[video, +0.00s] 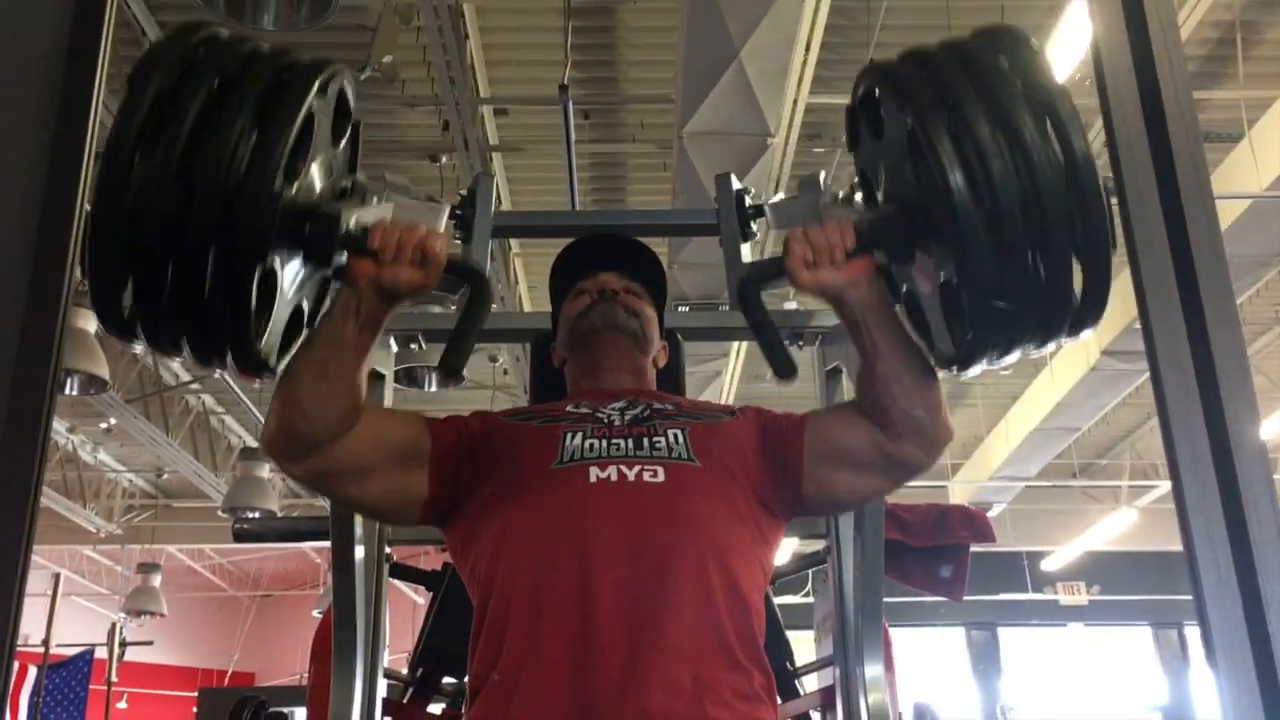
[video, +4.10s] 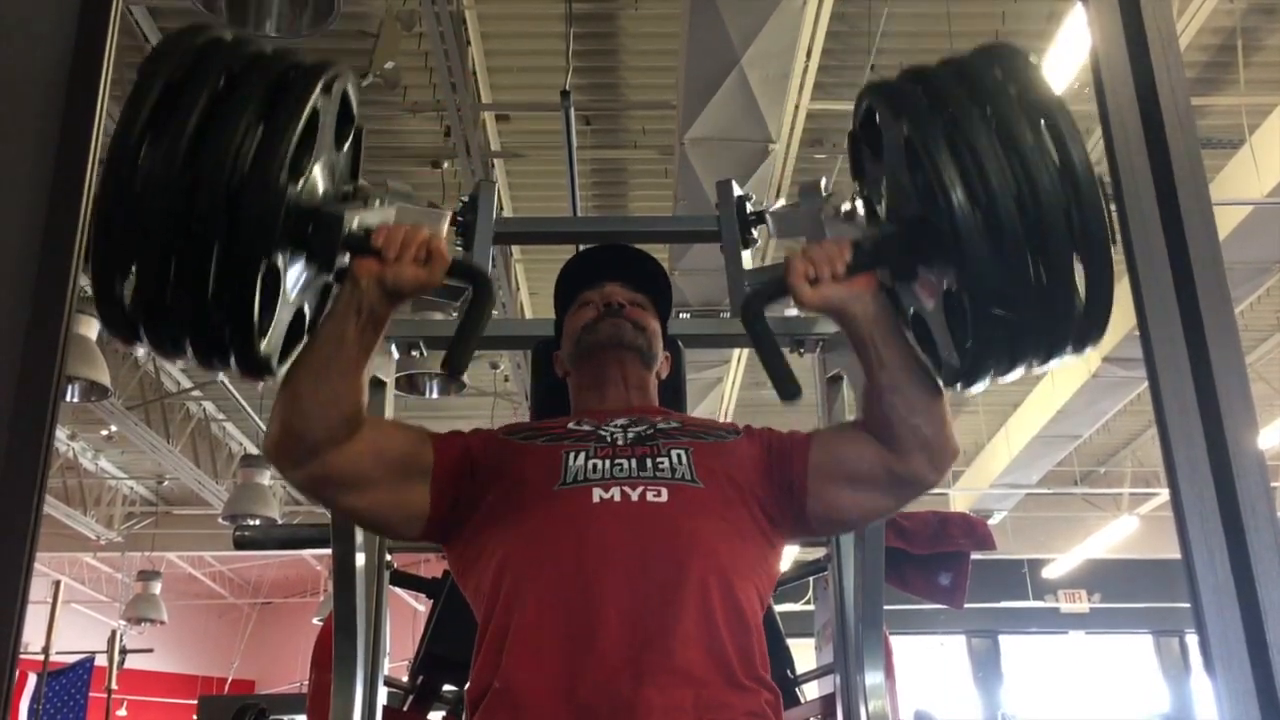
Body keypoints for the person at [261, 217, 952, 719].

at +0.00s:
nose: (608, 295)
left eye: (632, 296)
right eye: (582, 296)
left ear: (665, 351)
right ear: (551, 351)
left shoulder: (742, 442)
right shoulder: (487, 448)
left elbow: (914, 434)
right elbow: (305, 439)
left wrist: (859, 297)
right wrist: (365, 299)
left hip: (723, 701)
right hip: (525, 703)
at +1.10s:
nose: (606, 305)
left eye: (631, 303)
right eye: (582, 303)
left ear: (663, 353)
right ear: (552, 354)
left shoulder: (751, 436)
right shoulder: (483, 440)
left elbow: (882, 352)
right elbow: (340, 345)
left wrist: (834, 195)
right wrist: (390, 199)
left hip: (722, 703)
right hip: (520, 703)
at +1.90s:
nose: (608, 298)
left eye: (632, 299)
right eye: (582, 300)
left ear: (663, 356)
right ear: (552, 356)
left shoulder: (746, 449)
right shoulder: (487, 456)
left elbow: (912, 428)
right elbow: (309, 428)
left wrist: (857, 283)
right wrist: (371, 280)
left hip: (724, 703)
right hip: (527, 705)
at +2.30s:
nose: (610, 298)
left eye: (635, 299)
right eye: (585, 300)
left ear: (666, 357)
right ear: (554, 357)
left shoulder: (744, 454)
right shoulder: (489, 461)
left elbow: (924, 516)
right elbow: (296, 530)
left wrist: (877, 390)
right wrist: (346, 384)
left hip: (729, 706)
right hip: (528, 706)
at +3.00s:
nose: (609, 306)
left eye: (634, 308)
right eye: (584, 307)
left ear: (665, 361)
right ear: (553, 359)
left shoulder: (744, 453)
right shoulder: (488, 458)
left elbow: (924, 444)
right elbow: (302, 438)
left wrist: (860, 311)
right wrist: (363, 301)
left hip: (724, 703)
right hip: (525, 705)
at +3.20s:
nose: (607, 316)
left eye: (632, 313)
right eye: (584, 313)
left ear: (665, 360)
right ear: (553, 361)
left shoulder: (752, 448)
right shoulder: (480, 450)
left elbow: (895, 380)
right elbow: (333, 363)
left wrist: (844, 229)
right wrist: (388, 215)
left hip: (725, 704)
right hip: (522, 705)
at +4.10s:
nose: (614, 305)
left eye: (638, 306)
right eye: (588, 305)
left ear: (666, 362)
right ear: (556, 359)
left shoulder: (744, 457)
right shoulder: (488, 463)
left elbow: (918, 455)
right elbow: (309, 445)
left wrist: (862, 308)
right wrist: (367, 297)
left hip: (721, 703)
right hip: (527, 704)